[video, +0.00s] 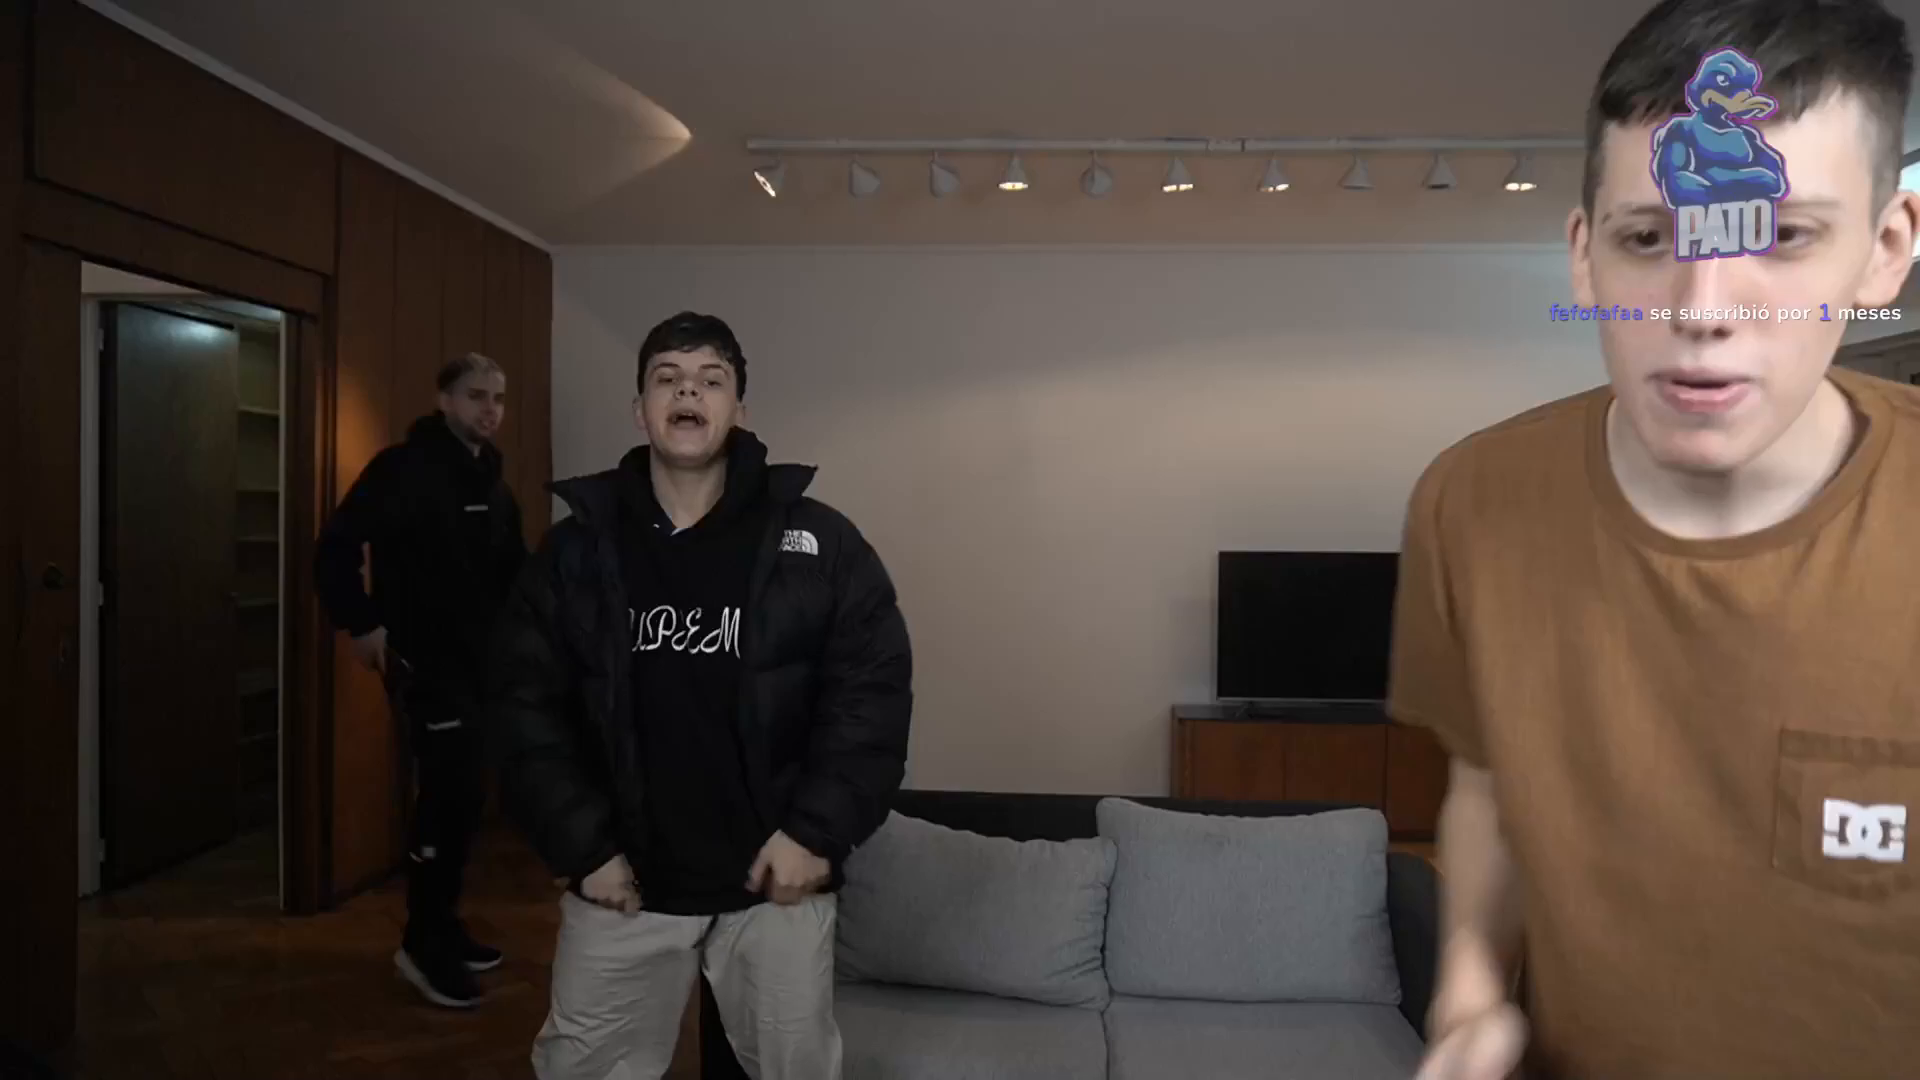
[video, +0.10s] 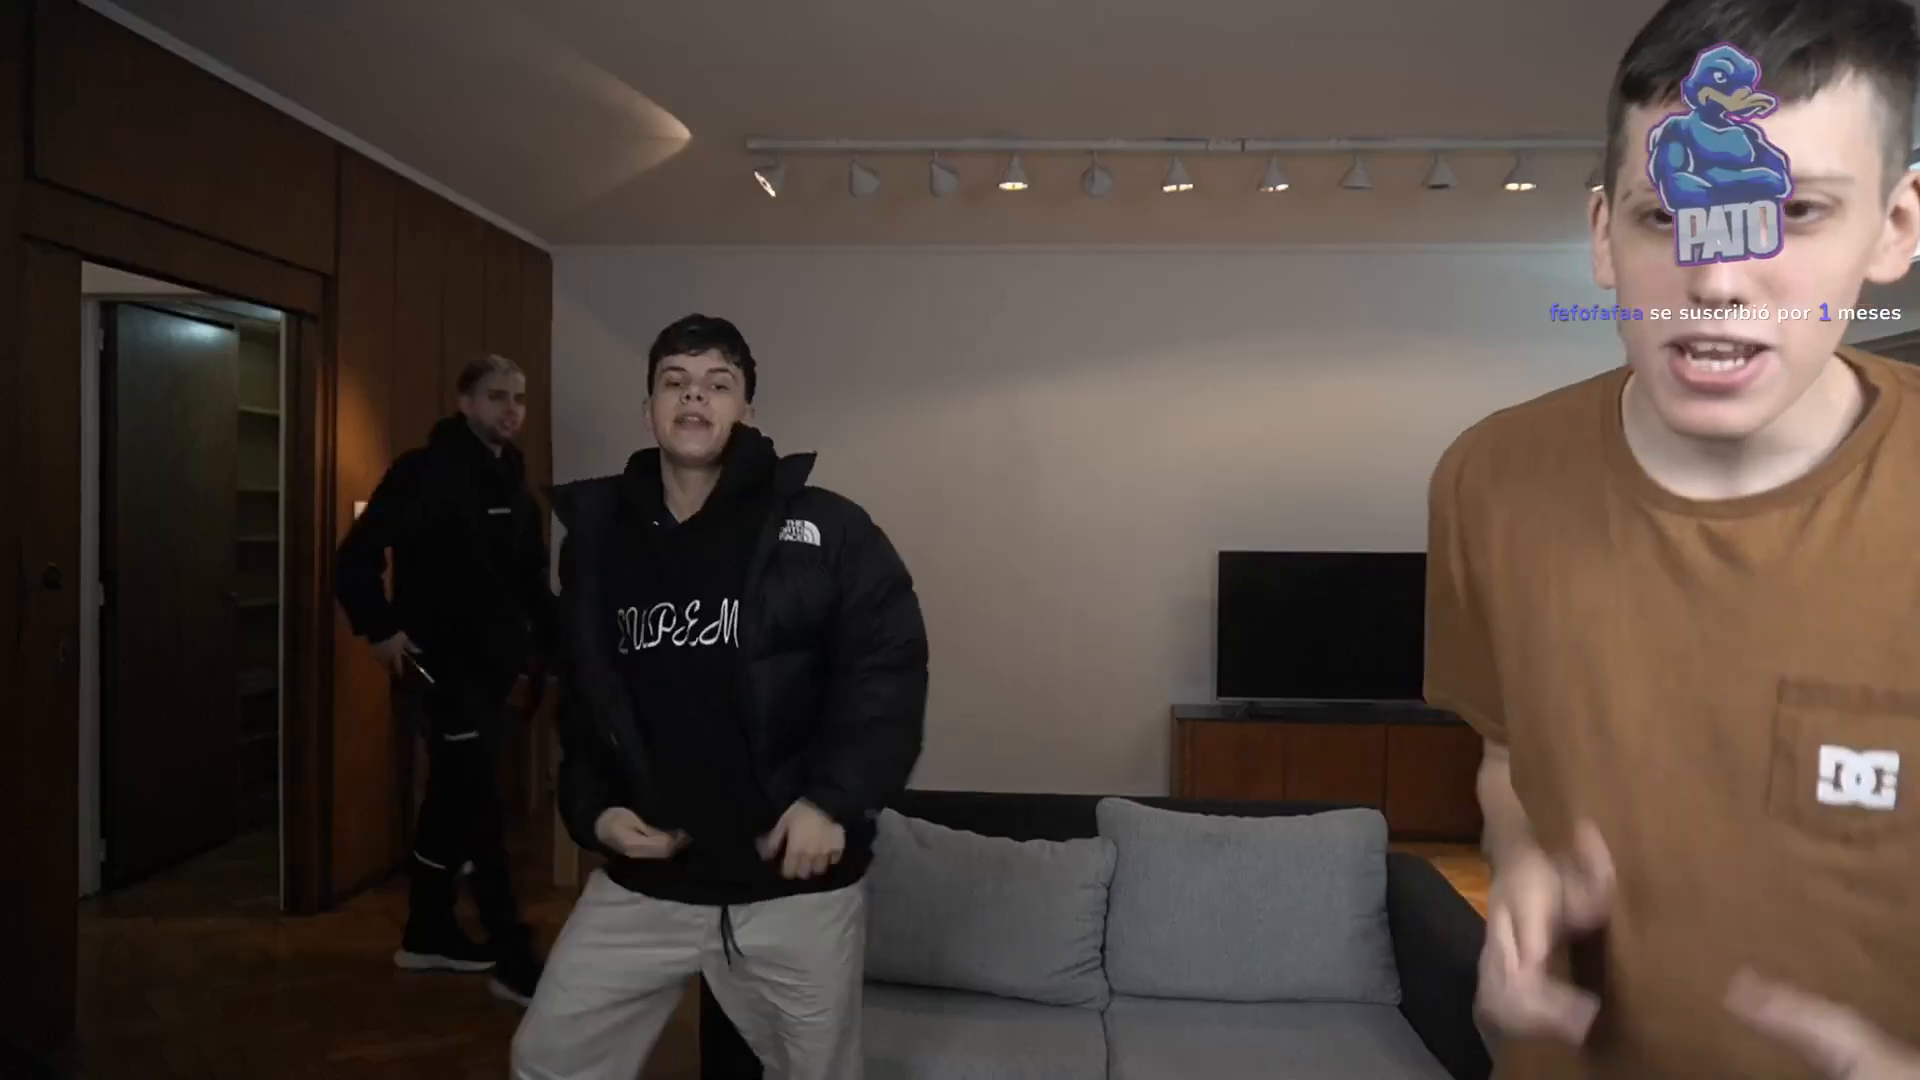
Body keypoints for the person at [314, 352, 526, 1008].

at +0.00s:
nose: (492, 409)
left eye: (499, 400)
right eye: (479, 397)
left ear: (501, 408)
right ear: (445, 399)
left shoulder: (490, 475)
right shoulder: (403, 465)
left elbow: (511, 561)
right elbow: (336, 546)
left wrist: (521, 628)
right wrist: (361, 624)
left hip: (480, 652)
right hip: (421, 655)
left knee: (462, 798)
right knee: (443, 798)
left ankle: (444, 928)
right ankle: (425, 946)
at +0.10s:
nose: (513, 410)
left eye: (519, 400)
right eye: (500, 398)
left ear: (523, 408)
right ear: (464, 401)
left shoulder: (512, 479)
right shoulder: (423, 470)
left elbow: (533, 576)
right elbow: (354, 560)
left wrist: (545, 645)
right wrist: (380, 629)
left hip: (498, 656)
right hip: (439, 658)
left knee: (453, 800)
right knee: (483, 806)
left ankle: (428, 932)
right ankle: (514, 959)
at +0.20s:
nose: (533, 411)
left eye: (540, 402)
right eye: (520, 400)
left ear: (544, 411)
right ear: (486, 403)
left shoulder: (532, 481)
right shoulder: (447, 474)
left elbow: (550, 572)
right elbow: (379, 571)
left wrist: (556, 645)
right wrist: (400, 640)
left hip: (515, 658)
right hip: (460, 661)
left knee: (468, 803)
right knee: (503, 811)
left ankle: (430, 931)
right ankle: (539, 960)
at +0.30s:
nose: (552, 412)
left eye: (559, 402)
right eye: (539, 400)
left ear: (563, 409)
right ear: (504, 404)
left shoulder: (551, 477)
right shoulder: (468, 475)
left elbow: (573, 571)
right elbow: (404, 575)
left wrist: (586, 646)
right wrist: (419, 651)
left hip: (542, 664)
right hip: (486, 667)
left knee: (505, 801)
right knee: (527, 810)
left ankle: (440, 920)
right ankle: (546, 960)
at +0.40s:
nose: (569, 411)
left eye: (576, 401)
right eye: (555, 399)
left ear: (582, 409)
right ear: (517, 405)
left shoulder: (579, 486)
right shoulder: (482, 482)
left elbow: (601, 575)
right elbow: (433, 572)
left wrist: (607, 646)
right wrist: (440, 658)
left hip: (570, 659)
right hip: (506, 664)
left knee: (560, 801)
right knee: (535, 807)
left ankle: (475, 895)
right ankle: (544, 959)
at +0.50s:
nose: (586, 410)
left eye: (594, 398)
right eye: (572, 398)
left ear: (602, 403)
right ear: (541, 401)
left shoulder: (610, 480)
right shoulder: (504, 476)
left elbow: (632, 569)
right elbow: (450, 559)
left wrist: (634, 642)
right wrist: (460, 658)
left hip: (590, 659)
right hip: (525, 664)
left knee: (577, 791)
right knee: (540, 798)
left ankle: (524, 892)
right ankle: (544, 960)